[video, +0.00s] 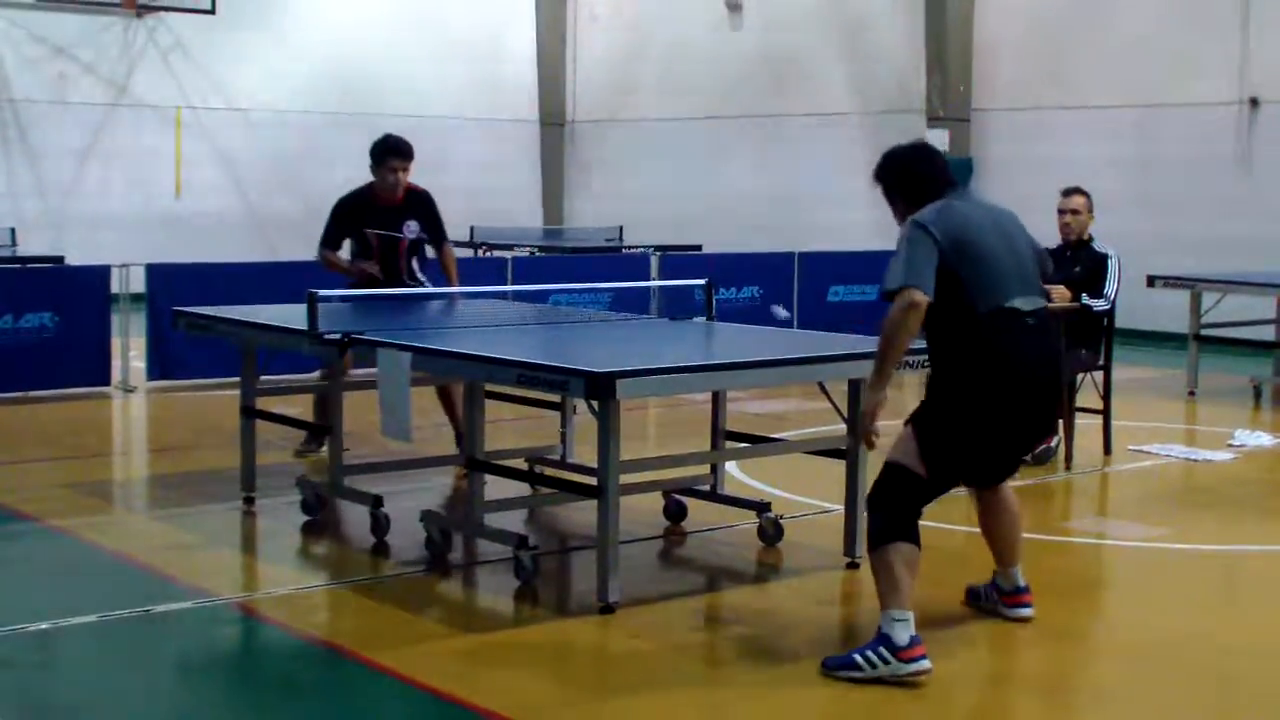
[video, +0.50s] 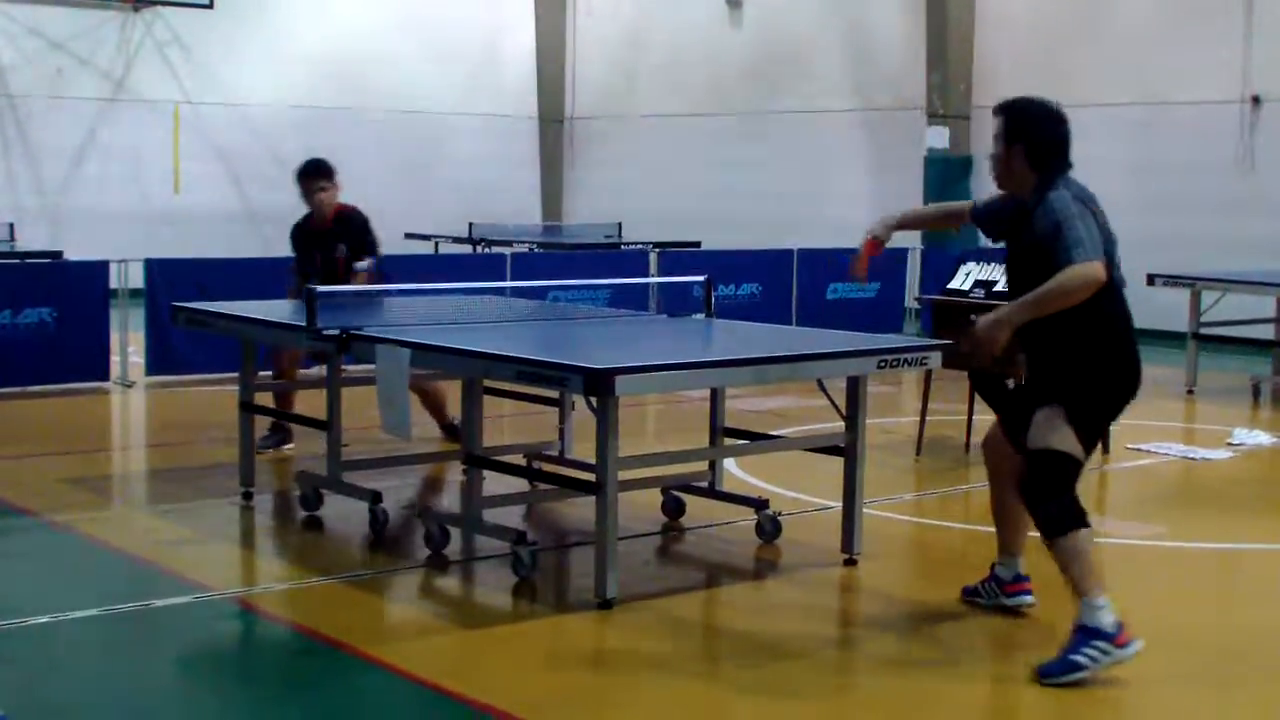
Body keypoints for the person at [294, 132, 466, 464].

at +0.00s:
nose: (400, 179)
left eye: (405, 171)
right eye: (392, 171)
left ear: (411, 170)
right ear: (374, 170)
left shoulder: (421, 202)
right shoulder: (350, 205)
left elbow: (443, 248)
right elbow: (325, 254)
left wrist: (454, 290)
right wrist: (351, 269)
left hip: (415, 301)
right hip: (365, 302)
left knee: (441, 360)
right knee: (334, 361)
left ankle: (463, 436)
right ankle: (318, 433)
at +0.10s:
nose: (388, 176)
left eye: (393, 168)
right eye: (380, 168)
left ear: (398, 167)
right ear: (363, 168)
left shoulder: (409, 200)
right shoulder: (338, 204)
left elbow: (429, 249)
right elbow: (312, 250)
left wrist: (438, 293)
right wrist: (335, 273)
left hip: (404, 300)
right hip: (356, 302)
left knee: (437, 358)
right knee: (331, 359)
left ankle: (461, 433)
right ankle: (318, 430)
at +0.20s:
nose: (380, 175)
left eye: (384, 167)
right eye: (371, 167)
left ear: (389, 166)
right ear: (354, 168)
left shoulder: (401, 200)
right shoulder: (330, 204)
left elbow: (422, 248)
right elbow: (305, 254)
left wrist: (425, 291)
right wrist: (323, 278)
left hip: (398, 299)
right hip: (349, 300)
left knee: (437, 352)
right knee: (323, 359)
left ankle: (446, 428)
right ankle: (316, 431)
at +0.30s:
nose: (372, 182)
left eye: (377, 174)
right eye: (363, 175)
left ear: (382, 174)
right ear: (347, 177)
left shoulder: (398, 209)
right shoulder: (327, 214)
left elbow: (420, 253)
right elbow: (304, 258)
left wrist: (417, 297)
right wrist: (301, 294)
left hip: (395, 309)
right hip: (345, 309)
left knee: (434, 353)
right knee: (316, 356)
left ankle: (442, 429)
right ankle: (314, 431)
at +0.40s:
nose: (355, 194)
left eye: (359, 186)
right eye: (347, 188)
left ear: (367, 186)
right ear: (333, 190)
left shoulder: (388, 221)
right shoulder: (320, 228)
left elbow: (408, 271)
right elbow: (303, 277)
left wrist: (399, 313)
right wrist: (288, 312)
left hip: (388, 317)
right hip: (342, 318)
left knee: (430, 361)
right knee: (304, 364)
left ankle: (443, 431)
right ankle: (303, 433)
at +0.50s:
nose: (318, 198)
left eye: (324, 189)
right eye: (310, 192)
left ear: (336, 188)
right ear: (303, 195)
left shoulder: (354, 219)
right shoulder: (301, 231)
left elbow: (366, 273)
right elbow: (301, 281)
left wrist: (345, 307)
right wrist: (295, 309)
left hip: (361, 312)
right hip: (318, 314)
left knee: (409, 361)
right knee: (284, 353)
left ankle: (447, 425)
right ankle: (281, 428)